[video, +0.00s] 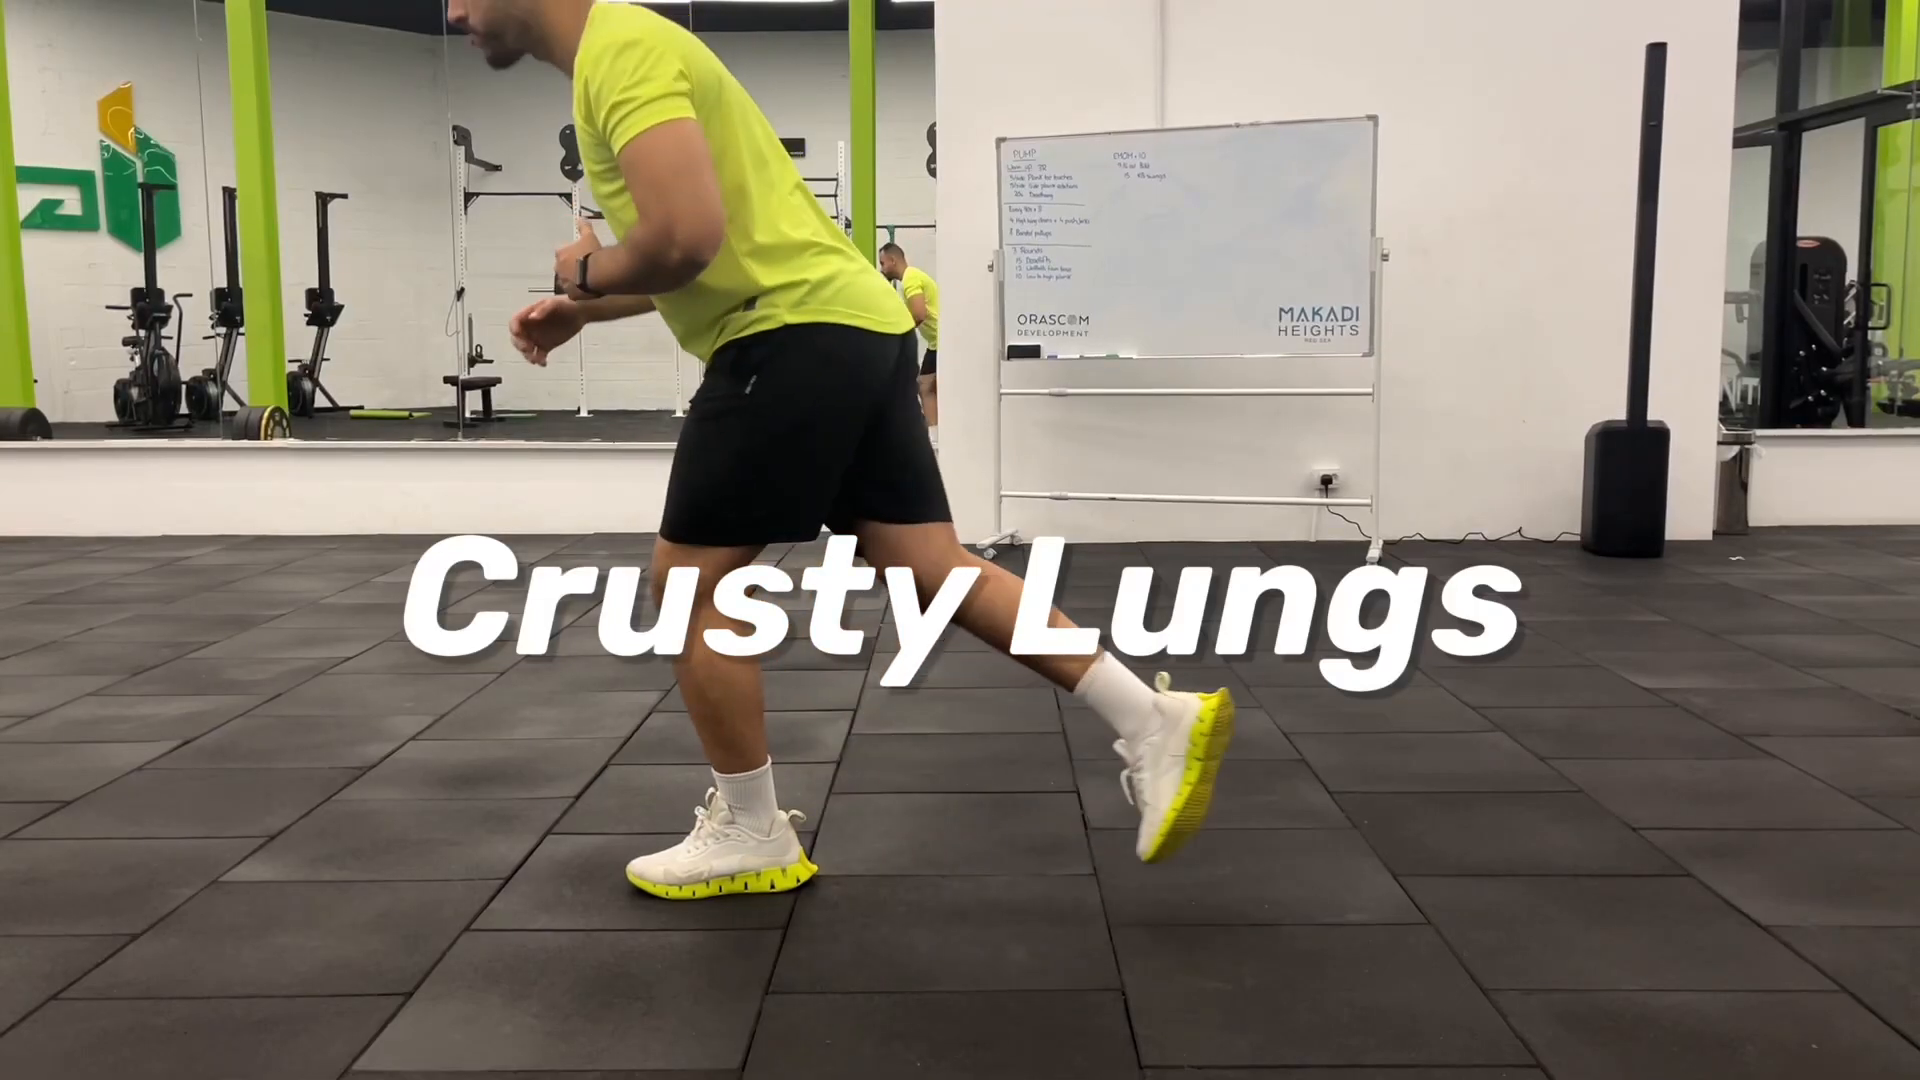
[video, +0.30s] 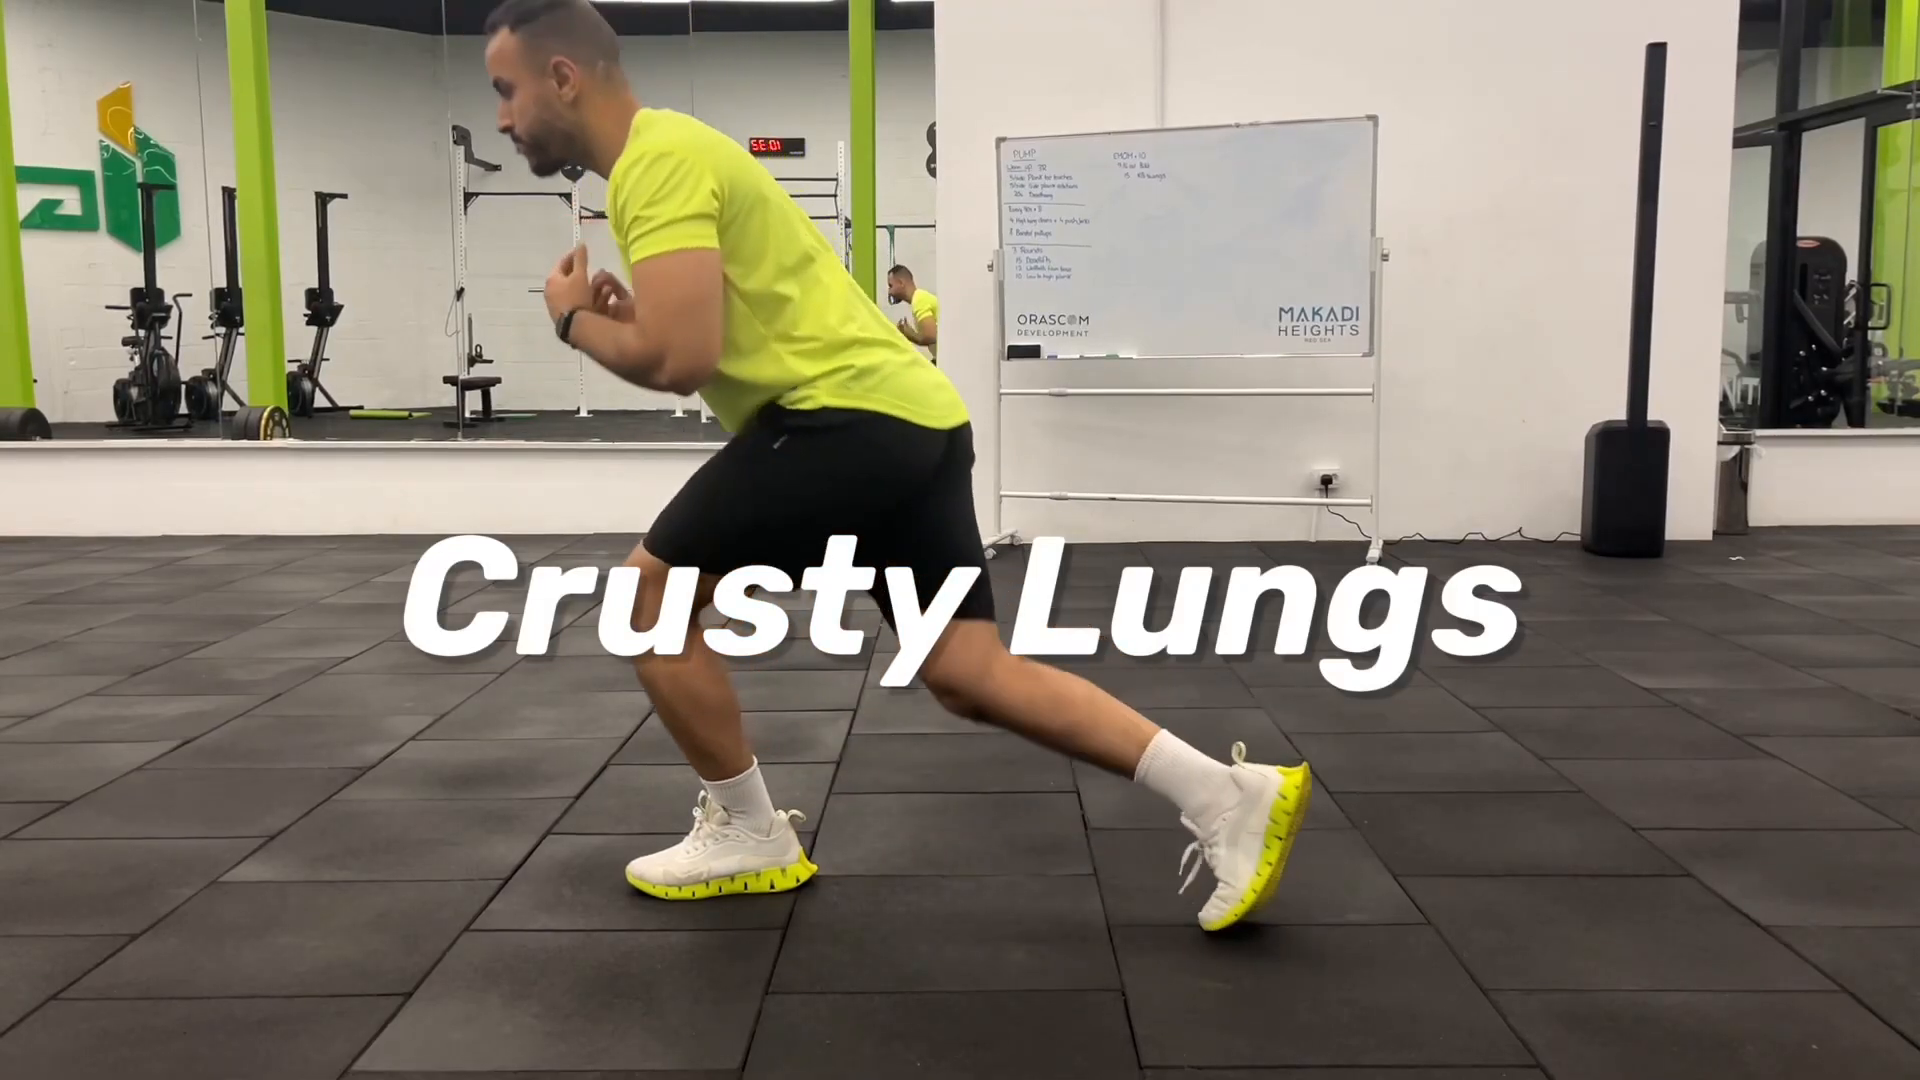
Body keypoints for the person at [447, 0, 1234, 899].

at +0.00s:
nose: (453, 16)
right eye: (450, 5)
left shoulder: (622, 46)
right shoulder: (620, 70)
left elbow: (687, 229)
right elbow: (695, 264)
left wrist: (598, 269)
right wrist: (585, 312)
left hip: (785, 336)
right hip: (862, 326)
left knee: (691, 585)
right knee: (930, 563)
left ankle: (749, 827)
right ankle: (1153, 715)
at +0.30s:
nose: (499, 118)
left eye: (505, 92)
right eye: (495, 95)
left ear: (565, 77)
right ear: (577, 78)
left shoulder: (662, 158)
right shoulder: (679, 159)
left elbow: (679, 354)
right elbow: (679, 358)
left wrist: (575, 320)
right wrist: (598, 320)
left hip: (846, 418)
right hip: (917, 417)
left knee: (653, 601)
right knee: (968, 669)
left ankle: (747, 827)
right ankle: (1224, 796)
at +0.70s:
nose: (611, 188)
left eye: (620, 164)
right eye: (611, 165)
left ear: (678, 159)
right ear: (688, 158)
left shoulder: (752, 265)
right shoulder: (784, 246)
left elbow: (717, 475)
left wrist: (678, 380)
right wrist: (703, 380)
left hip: (888, 537)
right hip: (962, 544)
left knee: (637, 609)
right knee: (958, 807)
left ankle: (747, 833)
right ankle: (1230, 817)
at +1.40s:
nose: (531, 98)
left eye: (535, 70)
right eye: (526, 74)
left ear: (595, 58)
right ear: (608, 58)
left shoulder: (673, 156)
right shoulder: (718, 140)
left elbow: (667, 364)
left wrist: (618, 275)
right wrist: (651, 273)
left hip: (852, 412)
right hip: (932, 409)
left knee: (661, 597)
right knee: (973, 661)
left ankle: (748, 832)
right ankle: (1220, 810)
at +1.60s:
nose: (482, 35)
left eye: (487, 10)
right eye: (478, 17)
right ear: (560, 3)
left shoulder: (627, 83)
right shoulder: (661, 71)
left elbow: (627, 291)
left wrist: (570, 210)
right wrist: (596, 226)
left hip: (804, 350)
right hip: (882, 341)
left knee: (680, 585)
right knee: (905, 599)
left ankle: (751, 830)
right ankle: (1134, 737)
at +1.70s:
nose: (483, 9)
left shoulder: (619, 54)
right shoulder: (661, 42)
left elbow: (611, 261)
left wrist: (556, 183)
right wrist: (590, 196)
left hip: (780, 330)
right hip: (863, 324)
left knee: (685, 584)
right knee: (841, 583)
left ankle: (749, 829)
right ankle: (1059, 717)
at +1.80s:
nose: (527, 7)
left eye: (529, 1)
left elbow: (592, 233)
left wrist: (549, 145)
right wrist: (578, 140)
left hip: (762, 316)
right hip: (838, 310)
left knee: (694, 577)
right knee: (786, 563)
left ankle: (748, 828)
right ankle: (972, 729)